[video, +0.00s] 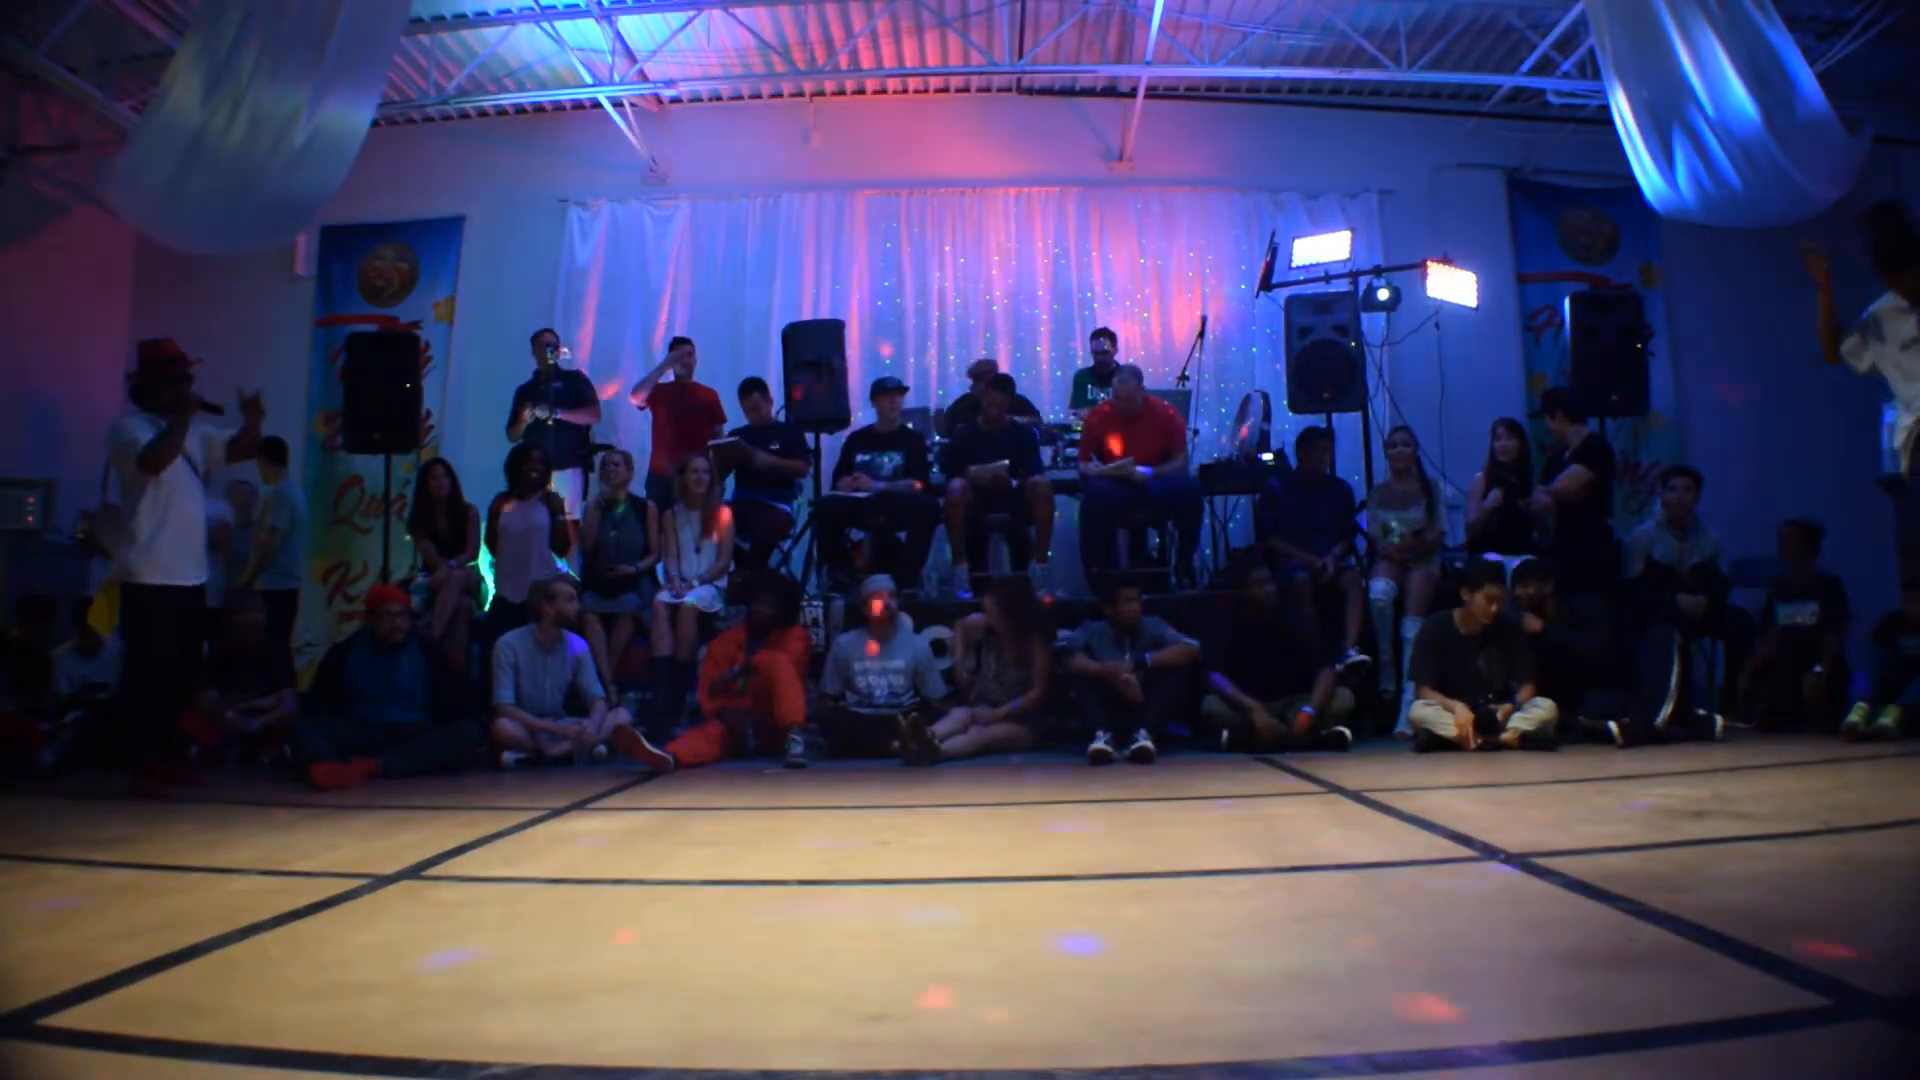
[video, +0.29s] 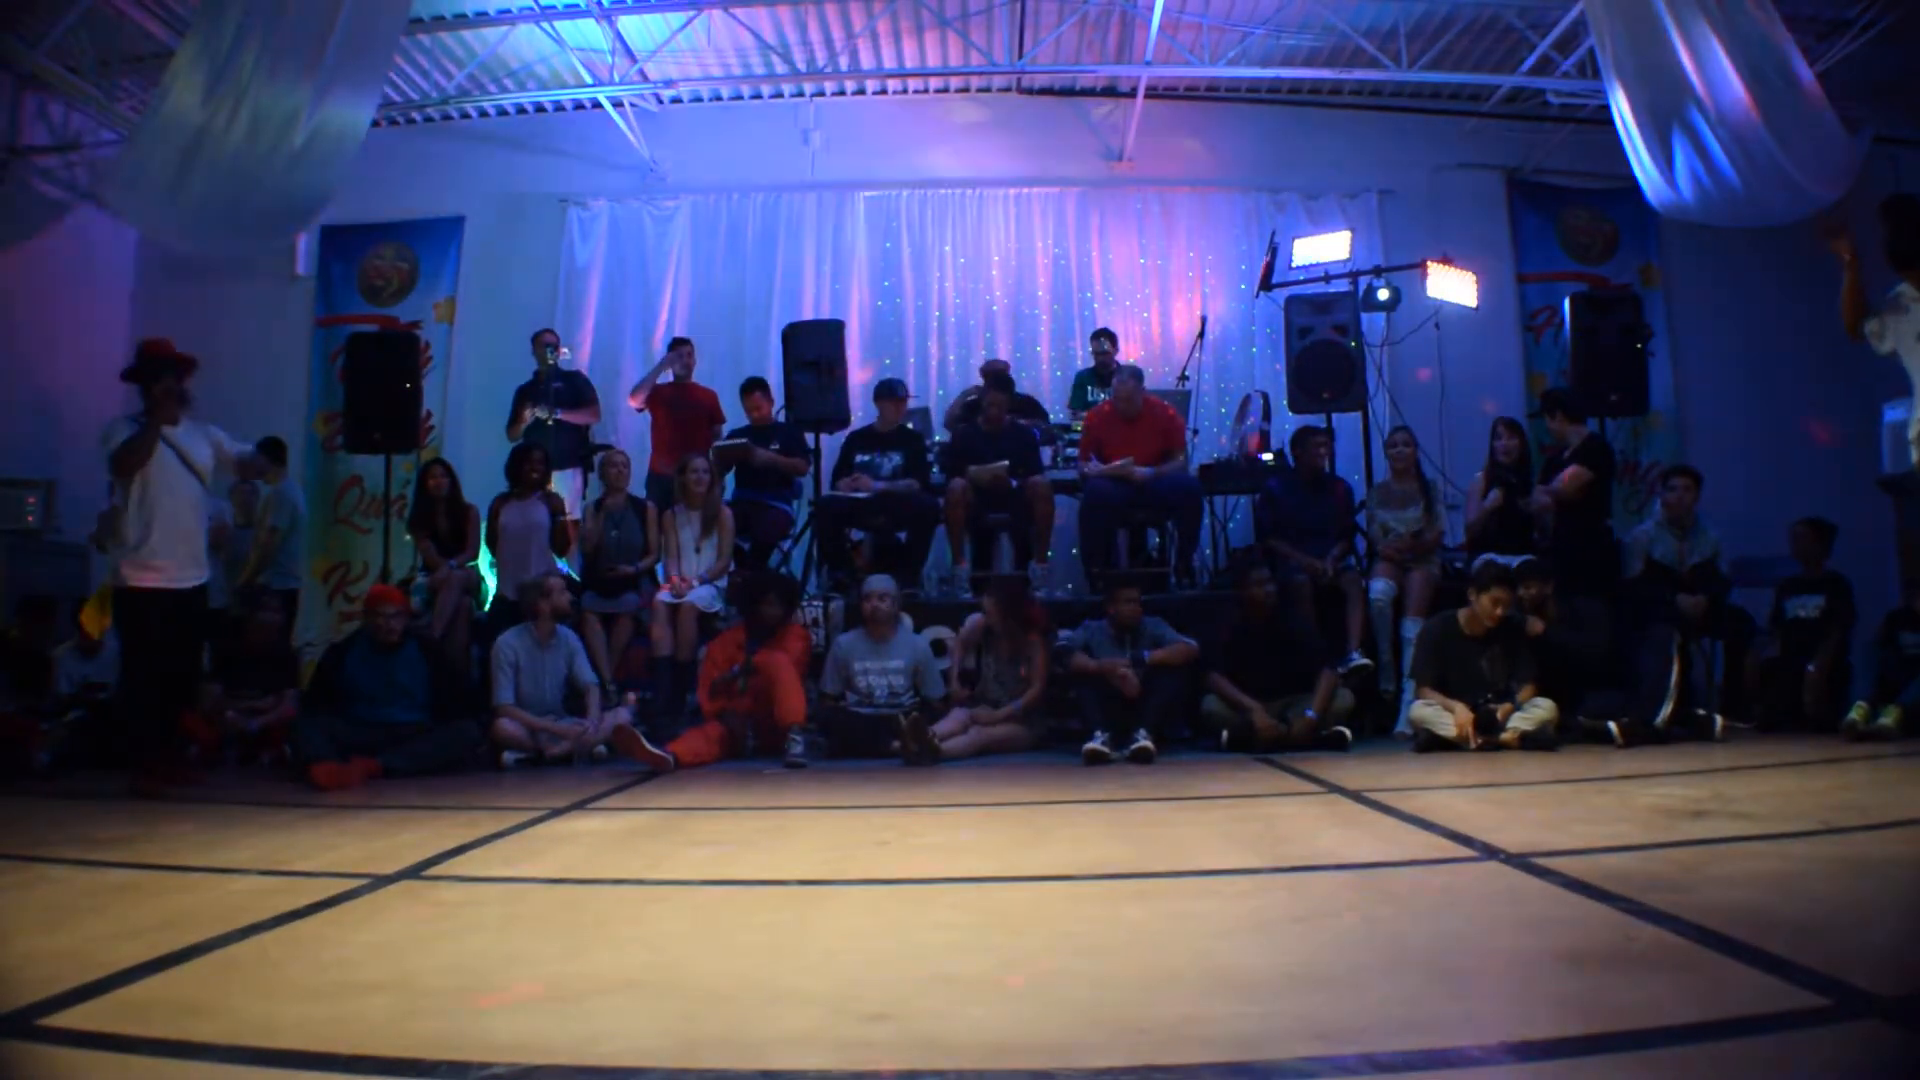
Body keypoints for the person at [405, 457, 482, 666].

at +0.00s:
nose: (440, 483)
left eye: (444, 477)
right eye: (434, 478)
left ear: (452, 481)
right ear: (425, 484)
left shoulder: (468, 512)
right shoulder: (420, 515)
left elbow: (472, 551)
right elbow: (427, 553)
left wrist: (451, 563)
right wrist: (447, 568)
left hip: (467, 572)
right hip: (434, 575)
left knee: (454, 577)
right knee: (464, 603)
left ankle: (434, 636)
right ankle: (457, 666)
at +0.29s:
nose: (438, 483)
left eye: (443, 477)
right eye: (432, 478)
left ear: (451, 481)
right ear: (424, 484)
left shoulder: (468, 512)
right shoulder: (420, 514)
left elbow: (472, 551)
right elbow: (427, 552)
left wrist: (449, 565)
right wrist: (448, 569)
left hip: (467, 572)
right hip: (435, 576)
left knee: (453, 578)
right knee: (462, 603)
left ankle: (433, 636)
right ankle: (457, 668)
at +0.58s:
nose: (438, 483)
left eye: (443, 477)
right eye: (432, 478)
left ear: (451, 480)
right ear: (424, 484)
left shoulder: (468, 511)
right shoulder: (419, 514)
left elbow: (473, 550)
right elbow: (427, 552)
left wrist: (450, 566)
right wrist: (447, 568)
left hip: (466, 570)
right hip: (435, 573)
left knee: (457, 579)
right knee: (461, 601)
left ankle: (434, 636)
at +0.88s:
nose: (438, 483)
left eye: (442, 477)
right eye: (432, 478)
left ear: (450, 480)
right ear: (423, 483)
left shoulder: (467, 511)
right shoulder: (418, 514)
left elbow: (472, 552)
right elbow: (427, 552)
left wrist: (450, 565)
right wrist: (446, 568)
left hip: (466, 572)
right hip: (433, 575)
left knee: (452, 578)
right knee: (464, 604)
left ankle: (434, 636)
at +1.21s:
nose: (438, 482)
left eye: (443, 476)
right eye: (433, 477)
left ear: (452, 480)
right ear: (425, 483)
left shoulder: (469, 511)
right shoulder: (420, 514)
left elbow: (473, 551)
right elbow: (428, 552)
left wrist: (449, 566)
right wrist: (448, 569)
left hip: (467, 571)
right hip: (435, 573)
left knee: (452, 579)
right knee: (462, 602)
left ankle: (434, 635)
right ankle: (457, 658)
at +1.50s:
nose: (437, 482)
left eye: (442, 476)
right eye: (432, 477)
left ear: (451, 480)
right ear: (424, 483)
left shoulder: (468, 512)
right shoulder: (419, 514)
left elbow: (472, 551)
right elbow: (428, 553)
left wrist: (449, 565)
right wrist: (451, 569)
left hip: (466, 571)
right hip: (434, 574)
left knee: (453, 578)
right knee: (463, 603)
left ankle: (433, 635)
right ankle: (456, 658)